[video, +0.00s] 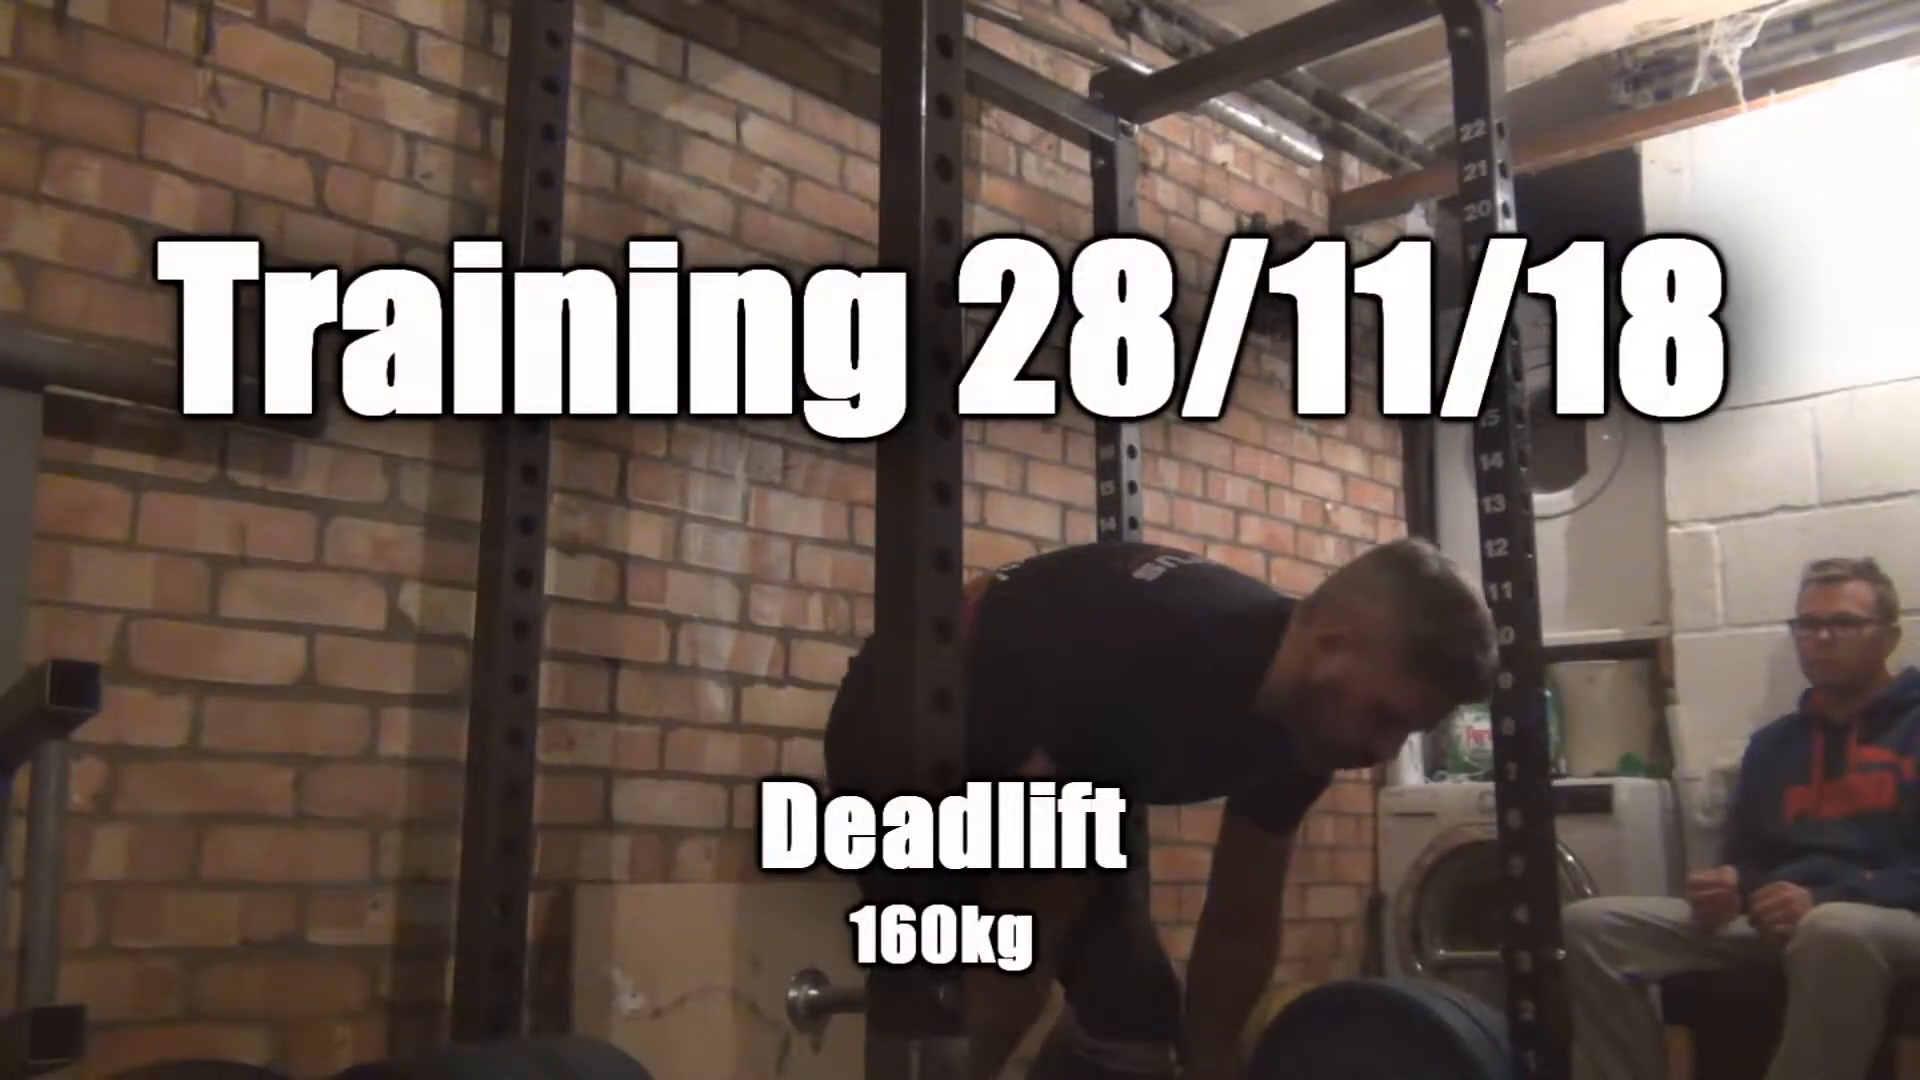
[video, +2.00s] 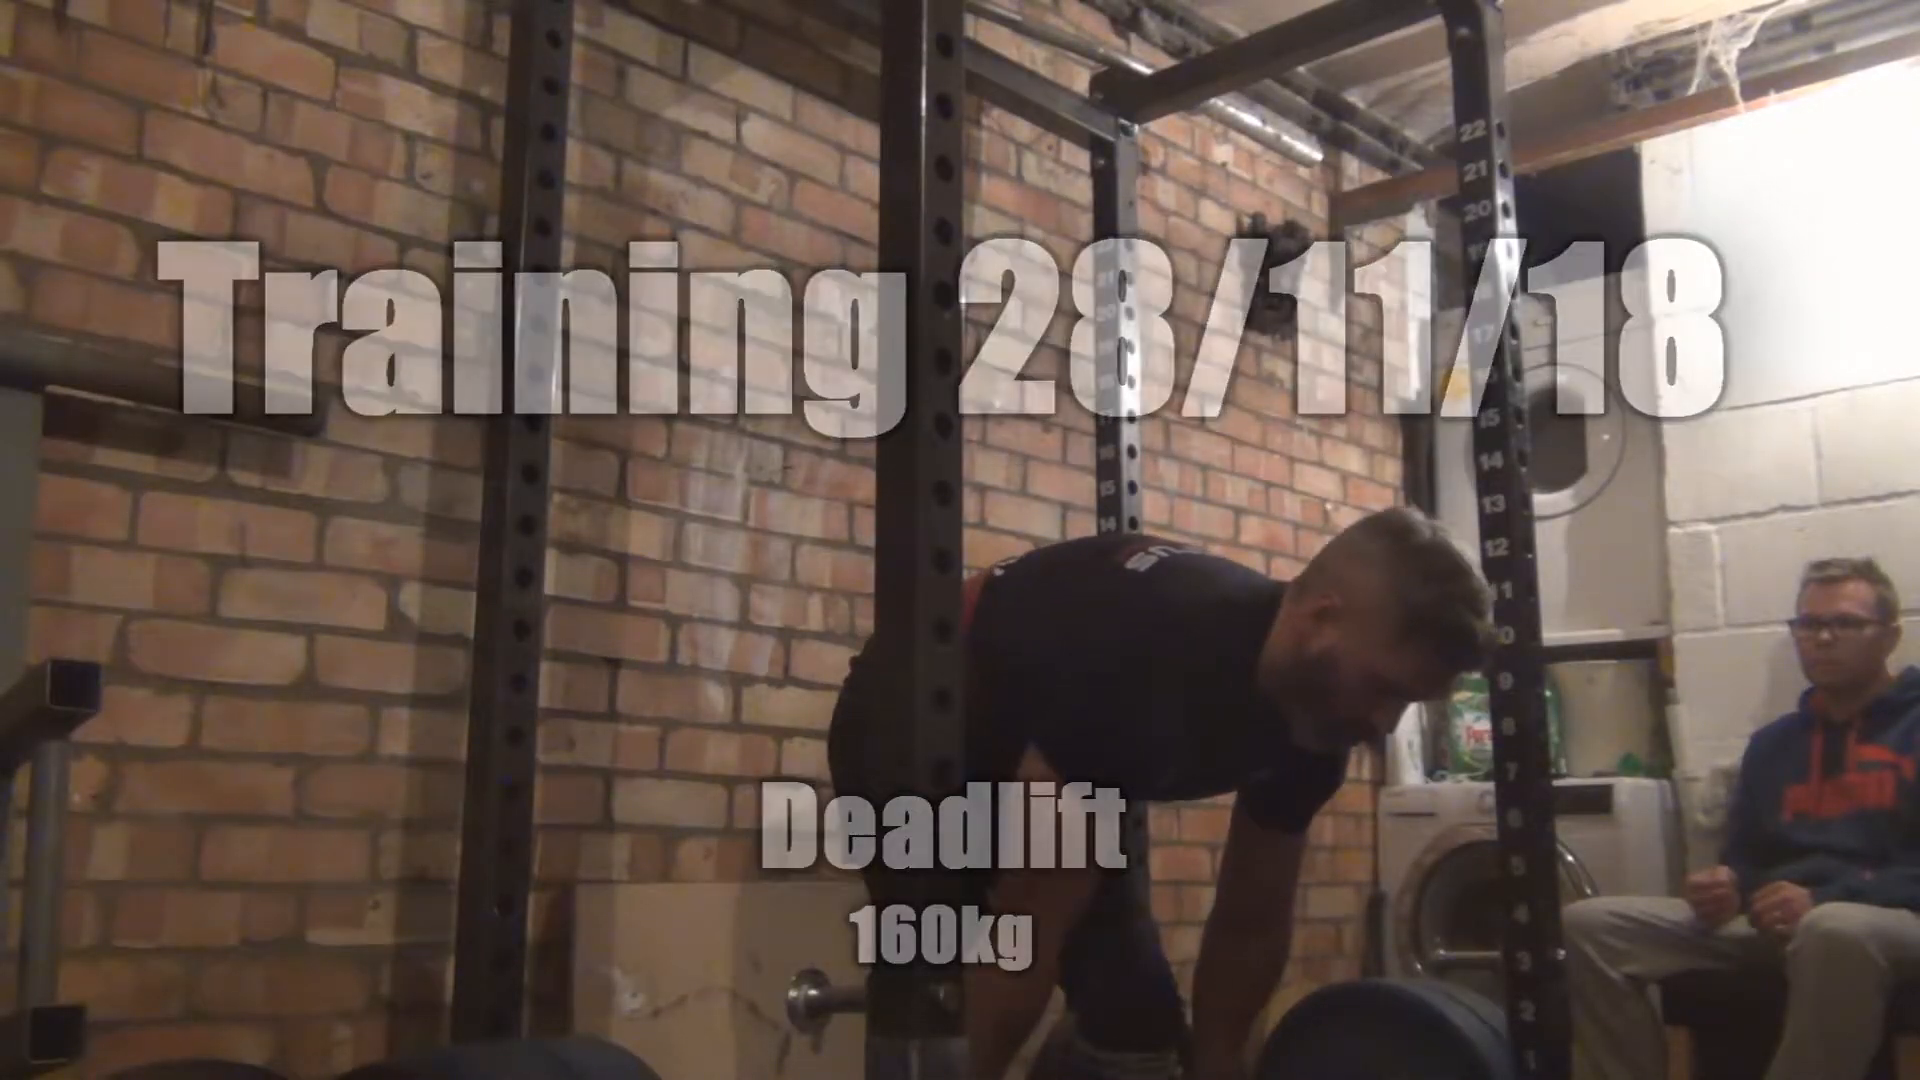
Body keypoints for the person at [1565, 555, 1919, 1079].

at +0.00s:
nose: (1821, 638)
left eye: (1843, 624)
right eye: (1808, 624)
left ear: (1889, 636)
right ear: (1794, 633)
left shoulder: (1911, 723)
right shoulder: (1772, 744)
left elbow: (1912, 873)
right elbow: (1744, 859)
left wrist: (1820, 900)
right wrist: (1729, 889)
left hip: (1893, 920)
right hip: (1772, 920)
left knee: (1832, 936)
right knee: (1588, 928)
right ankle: (1626, 1073)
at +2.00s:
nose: (1822, 638)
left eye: (1844, 624)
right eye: (1809, 624)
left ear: (1890, 636)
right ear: (1794, 634)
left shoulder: (1914, 723)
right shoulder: (1772, 744)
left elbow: (1914, 873)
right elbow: (1745, 858)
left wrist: (1820, 900)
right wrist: (1729, 888)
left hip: (1894, 920)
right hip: (1770, 921)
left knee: (1833, 935)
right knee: (1589, 929)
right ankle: (1629, 1072)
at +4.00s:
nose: (1824, 638)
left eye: (1846, 624)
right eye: (1811, 624)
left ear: (1891, 636)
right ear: (1795, 634)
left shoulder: (1912, 723)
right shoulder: (1773, 745)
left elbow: (1912, 876)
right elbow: (1746, 856)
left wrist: (1819, 901)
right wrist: (1730, 884)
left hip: (1894, 920)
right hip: (1772, 919)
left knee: (1833, 936)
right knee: (1590, 928)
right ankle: (1625, 1073)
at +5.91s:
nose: (1817, 639)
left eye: (1838, 624)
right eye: (1805, 625)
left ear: (1889, 635)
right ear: (1792, 635)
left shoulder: (1913, 722)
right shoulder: (1775, 742)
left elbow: (1914, 870)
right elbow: (1740, 853)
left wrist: (1817, 905)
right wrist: (1726, 891)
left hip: (1892, 917)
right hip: (1766, 917)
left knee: (1834, 936)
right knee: (1587, 929)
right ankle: (1629, 1073)